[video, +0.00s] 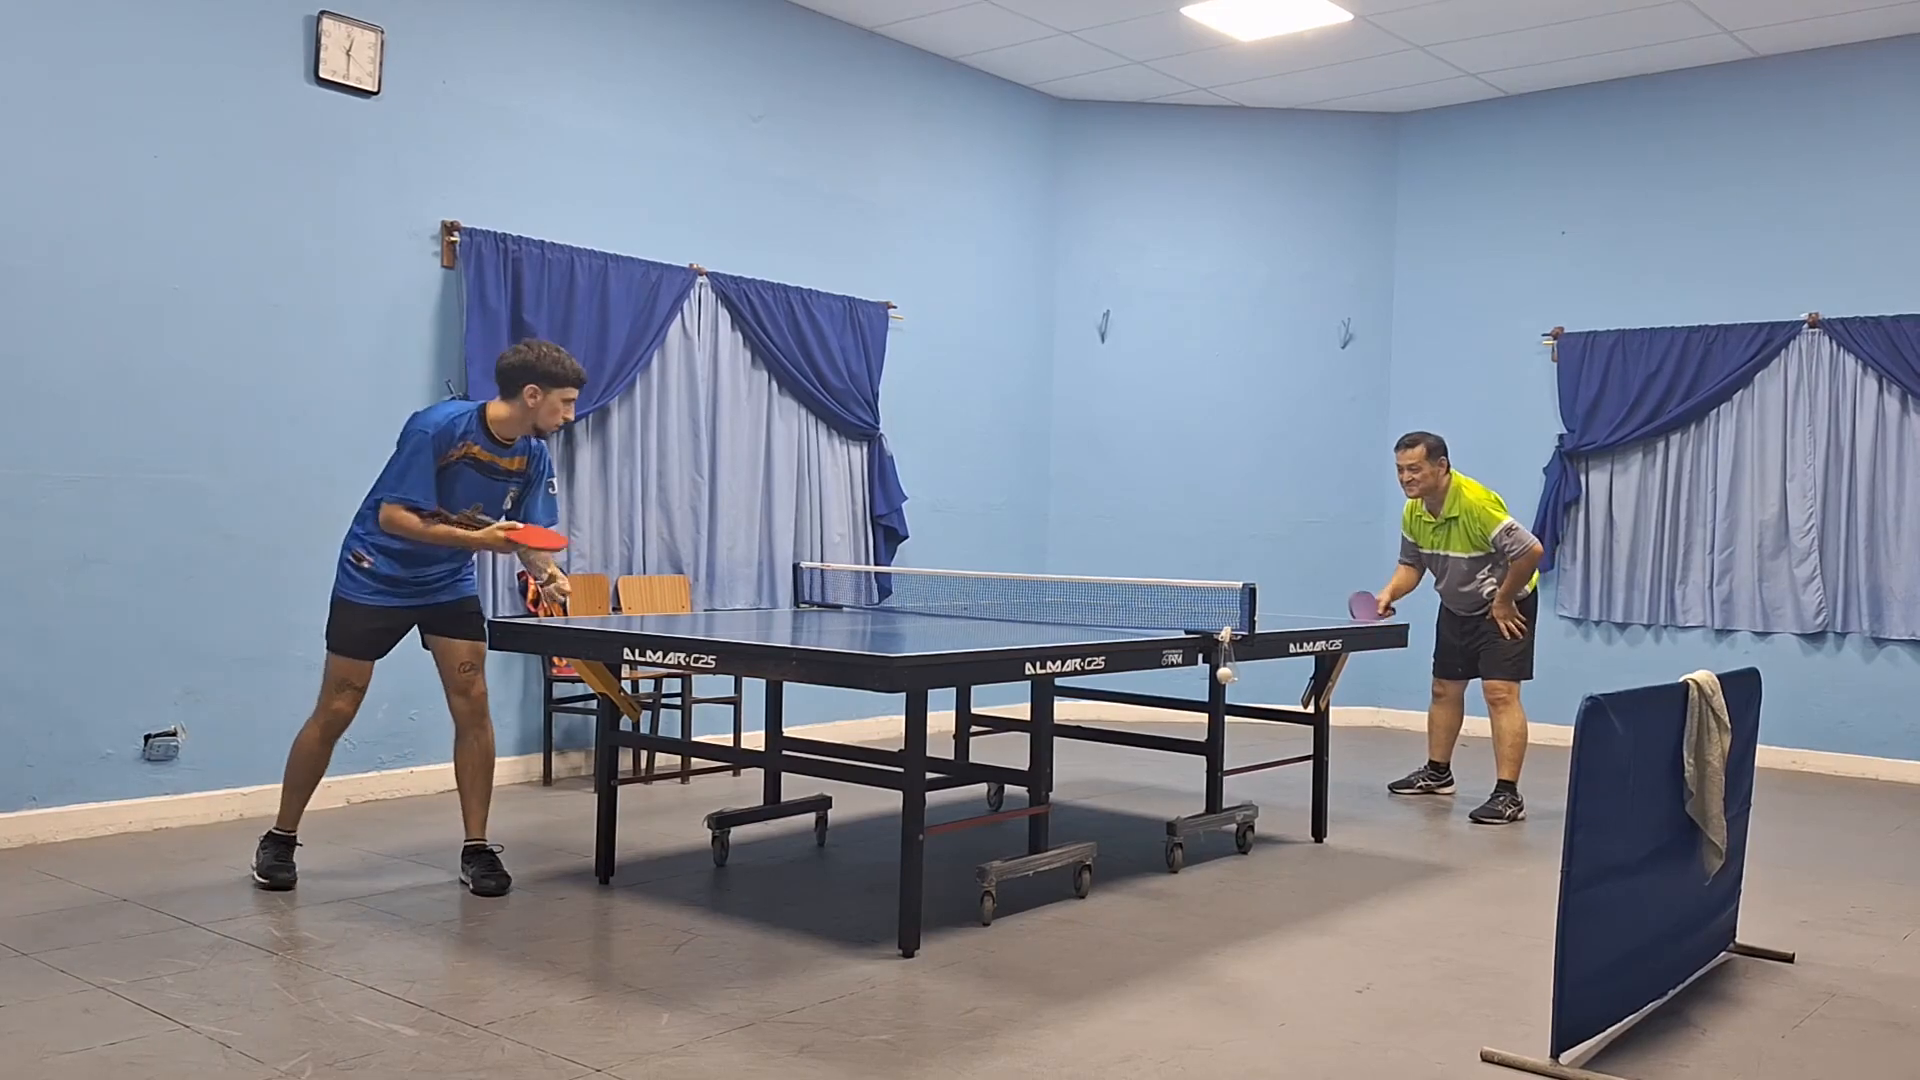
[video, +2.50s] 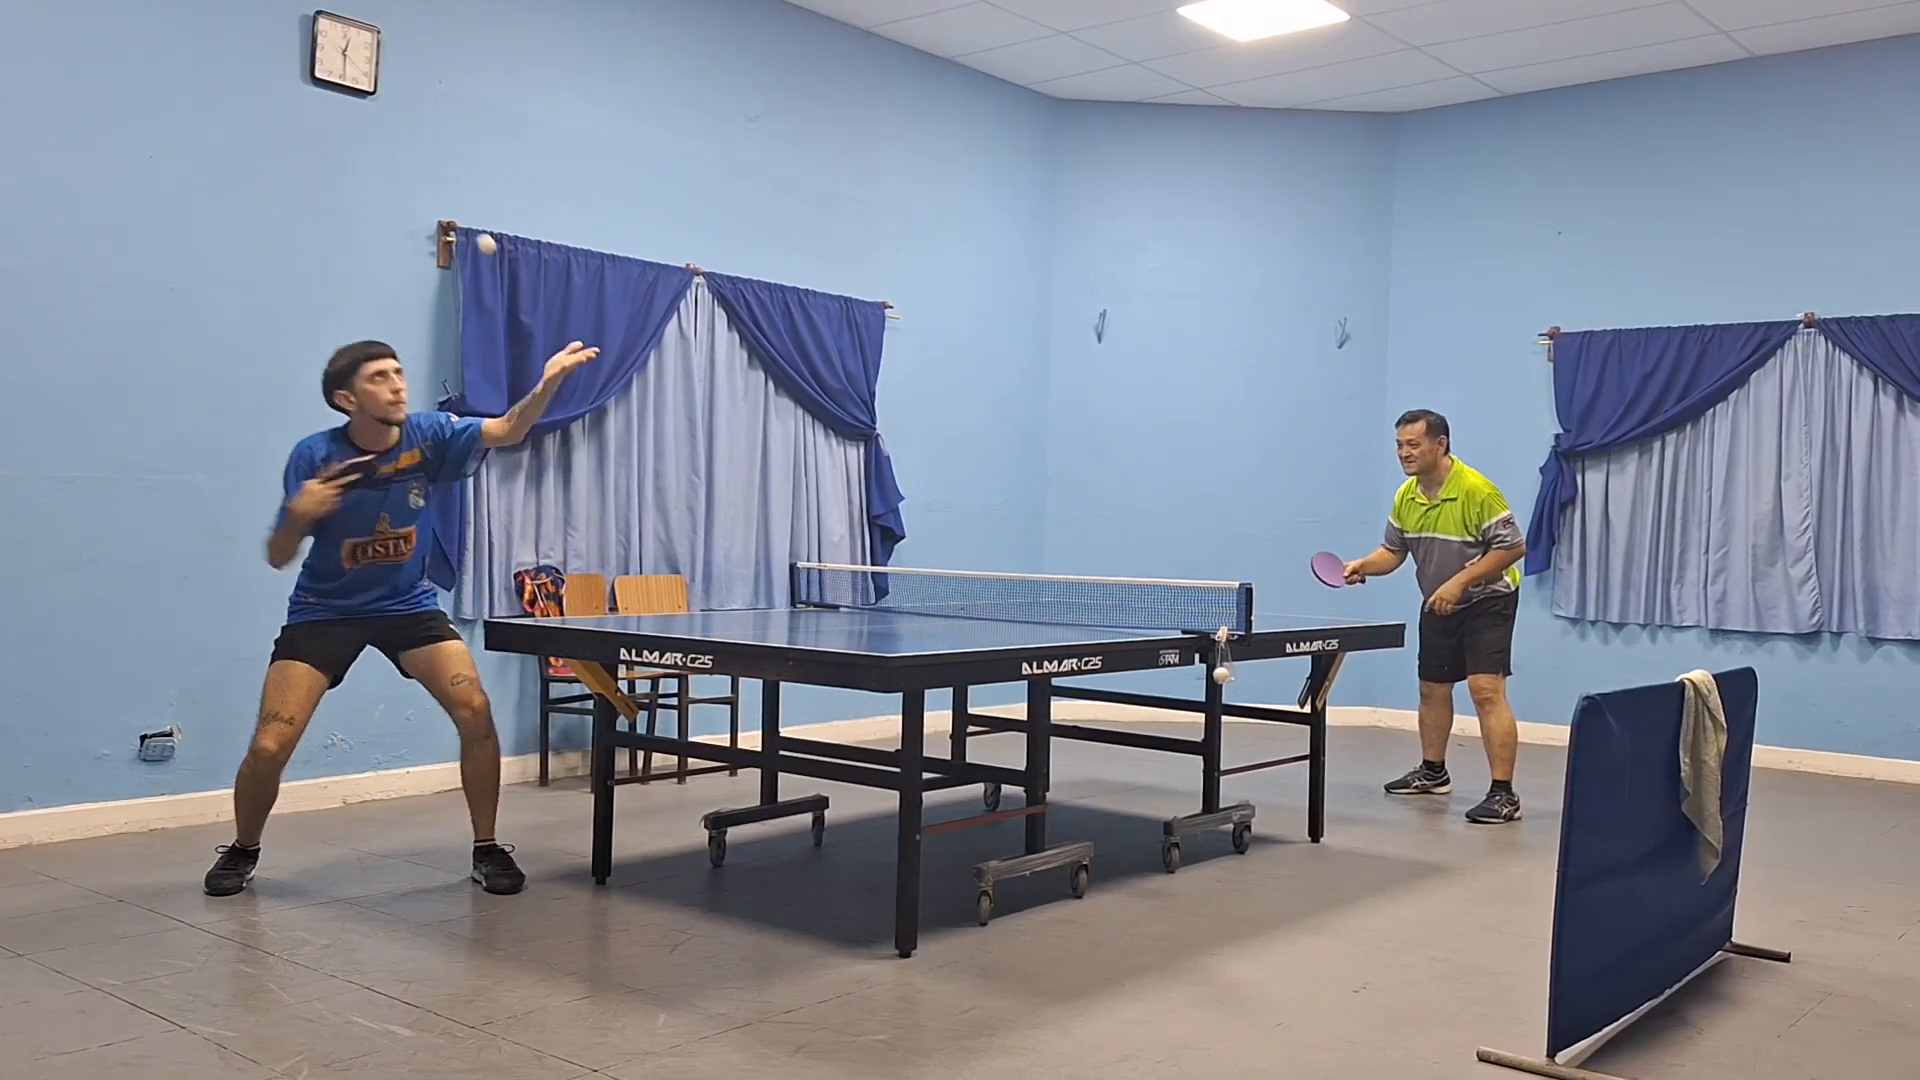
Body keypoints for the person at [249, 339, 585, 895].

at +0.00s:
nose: (570, 416)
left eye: (574, 404)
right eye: (566, 403)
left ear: (536, 399)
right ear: (531, 395)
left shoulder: (534, 458)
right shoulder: (436, 429)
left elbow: (528, 536)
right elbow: (391, 516)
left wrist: (547, 574)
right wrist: (472, 540)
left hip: (449, 580)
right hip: (374, 577)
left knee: (471, 696)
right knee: (337, 709)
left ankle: (477, 847)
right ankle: (281, 839)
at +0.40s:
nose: (512, 431)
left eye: (516, 419)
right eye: (503, 417)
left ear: (512, 417)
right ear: (461, 408)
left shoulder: (504, 462)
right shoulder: (387, 451)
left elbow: (545, 537)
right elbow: (361, 546)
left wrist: (529, 573)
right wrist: (432, 554)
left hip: (436, 590)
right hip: (354, 590)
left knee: (483, 695)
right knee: (310, 719)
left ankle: (480, 847)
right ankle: (248, 845)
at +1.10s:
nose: (500, 497)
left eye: (505, 485)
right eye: (489, 485)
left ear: (511, 480)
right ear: (449, 477)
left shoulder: (502, 514)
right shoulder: (390, 509)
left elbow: (531, 577)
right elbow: (371, 617)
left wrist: (546, 583)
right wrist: (441, 597)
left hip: (428, 619)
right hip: (349, 620)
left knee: (494, 705)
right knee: (287, 746)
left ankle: (492, 848)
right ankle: (245, 851)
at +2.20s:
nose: (478, 477)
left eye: (482, 465)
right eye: (465, 467)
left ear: (487, 466)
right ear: (425, 471)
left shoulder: (479, 507)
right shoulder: (369, 515)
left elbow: (515, 540)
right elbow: (358, 611)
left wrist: (560, 542)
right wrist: (428, 604)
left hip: (423, 640)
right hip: (345, 640)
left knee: (504, 713)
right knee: (282, 767)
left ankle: (488, 850)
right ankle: (247, 851)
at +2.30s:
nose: (455, 439)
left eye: (458, 428)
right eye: (439, 430)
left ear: (463, 432)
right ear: (401, 441)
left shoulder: (467, 477)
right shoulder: (357, 491)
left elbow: (520, 486)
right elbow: (353, 591)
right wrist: (416, 562)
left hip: (423, 623)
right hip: (342, 627)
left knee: (497, 712)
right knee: (280, 761)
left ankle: (488, 850)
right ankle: (245, 851)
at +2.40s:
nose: (428, 407)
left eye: (429, 397)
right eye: (412, 399)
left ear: (435, 404)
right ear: (374, 416)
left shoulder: (446, 446)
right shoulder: (337, 471)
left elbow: (511, 439)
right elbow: (330, 575)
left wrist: (541, 383)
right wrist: (376, 530)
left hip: (418, 611)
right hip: (336, 618)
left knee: (487, 709)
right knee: (276, 752)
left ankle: (488, 849)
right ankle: (244, 850)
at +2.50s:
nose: (396, 385)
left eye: (398, 375)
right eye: (379, 378)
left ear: (405, 385)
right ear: (345, 398)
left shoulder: (431, 433)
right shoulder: (314, 455)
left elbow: (509, 428)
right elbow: (278, 556)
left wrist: (548, 380)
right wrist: (298, 516)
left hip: (408, 604)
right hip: (324, 609)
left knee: (474, 708)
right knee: (268, 747)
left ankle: (487, 849)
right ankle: (243, 849)